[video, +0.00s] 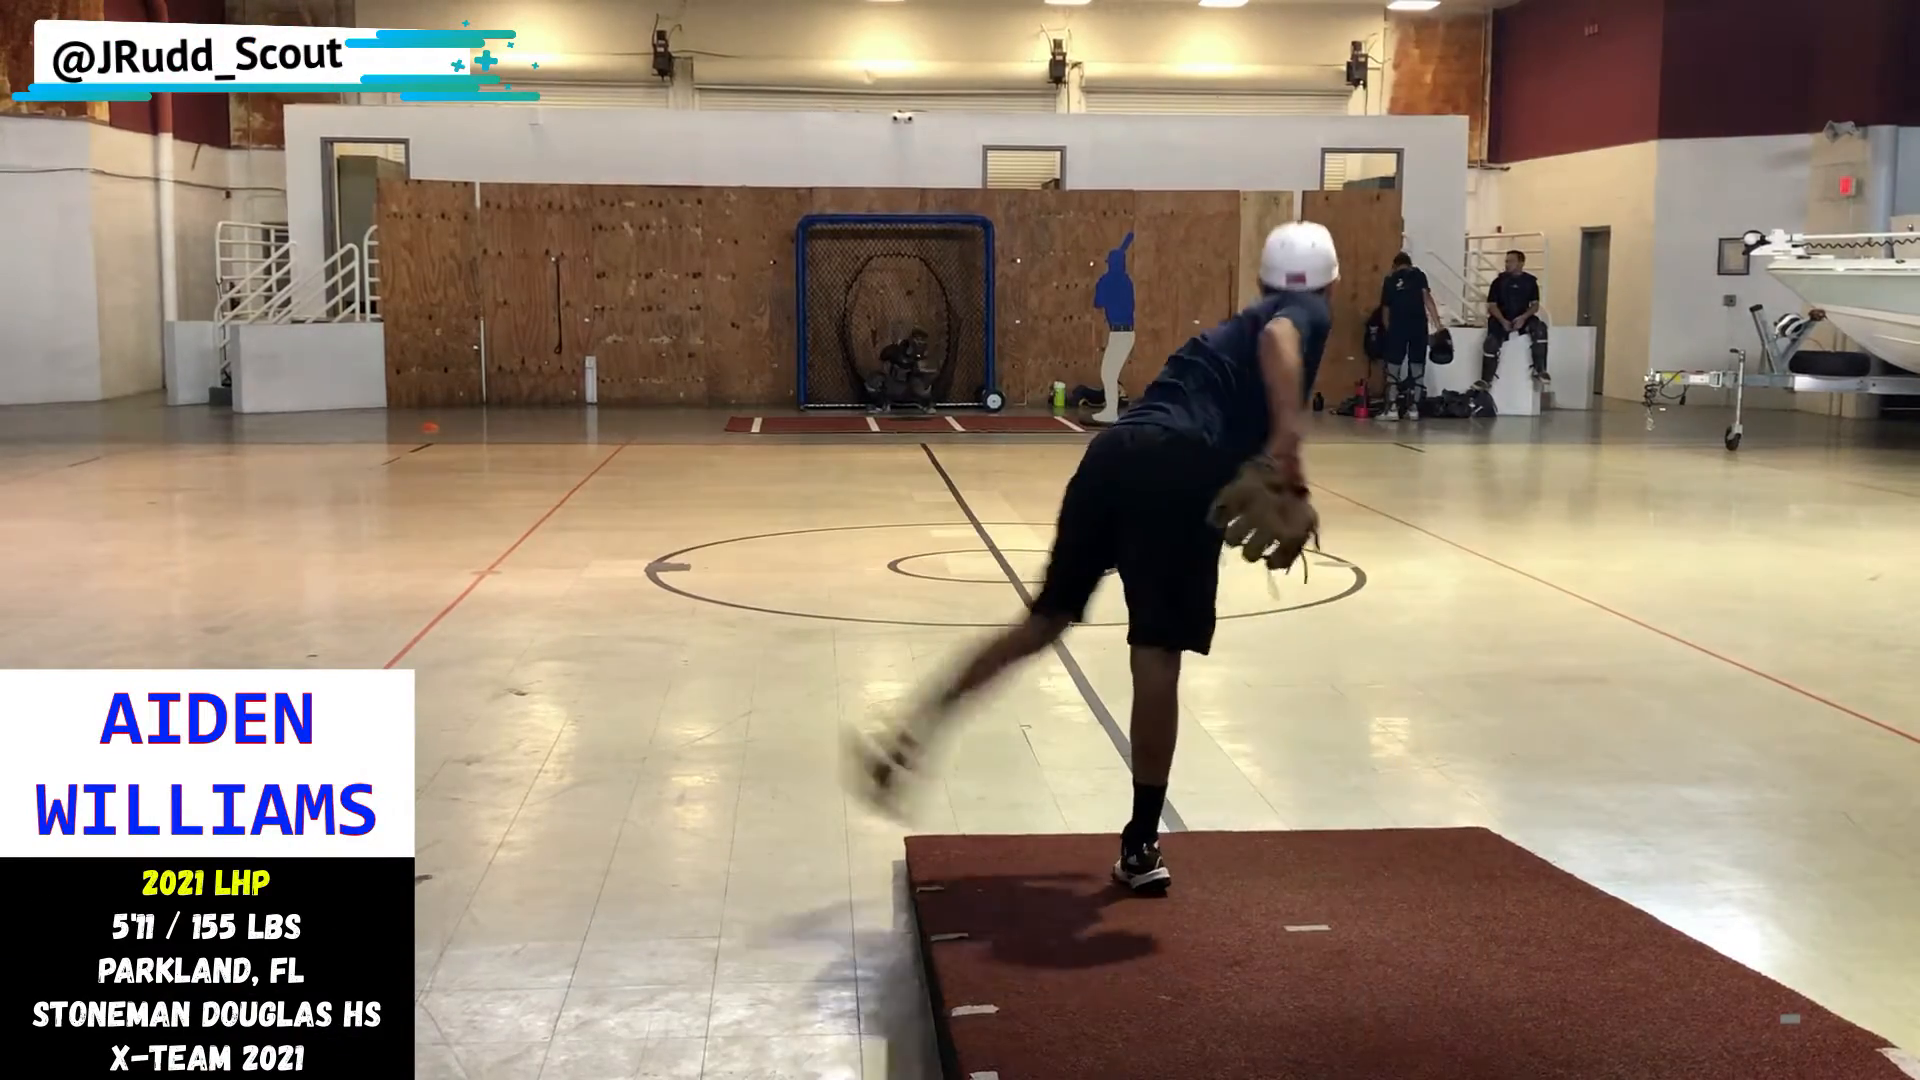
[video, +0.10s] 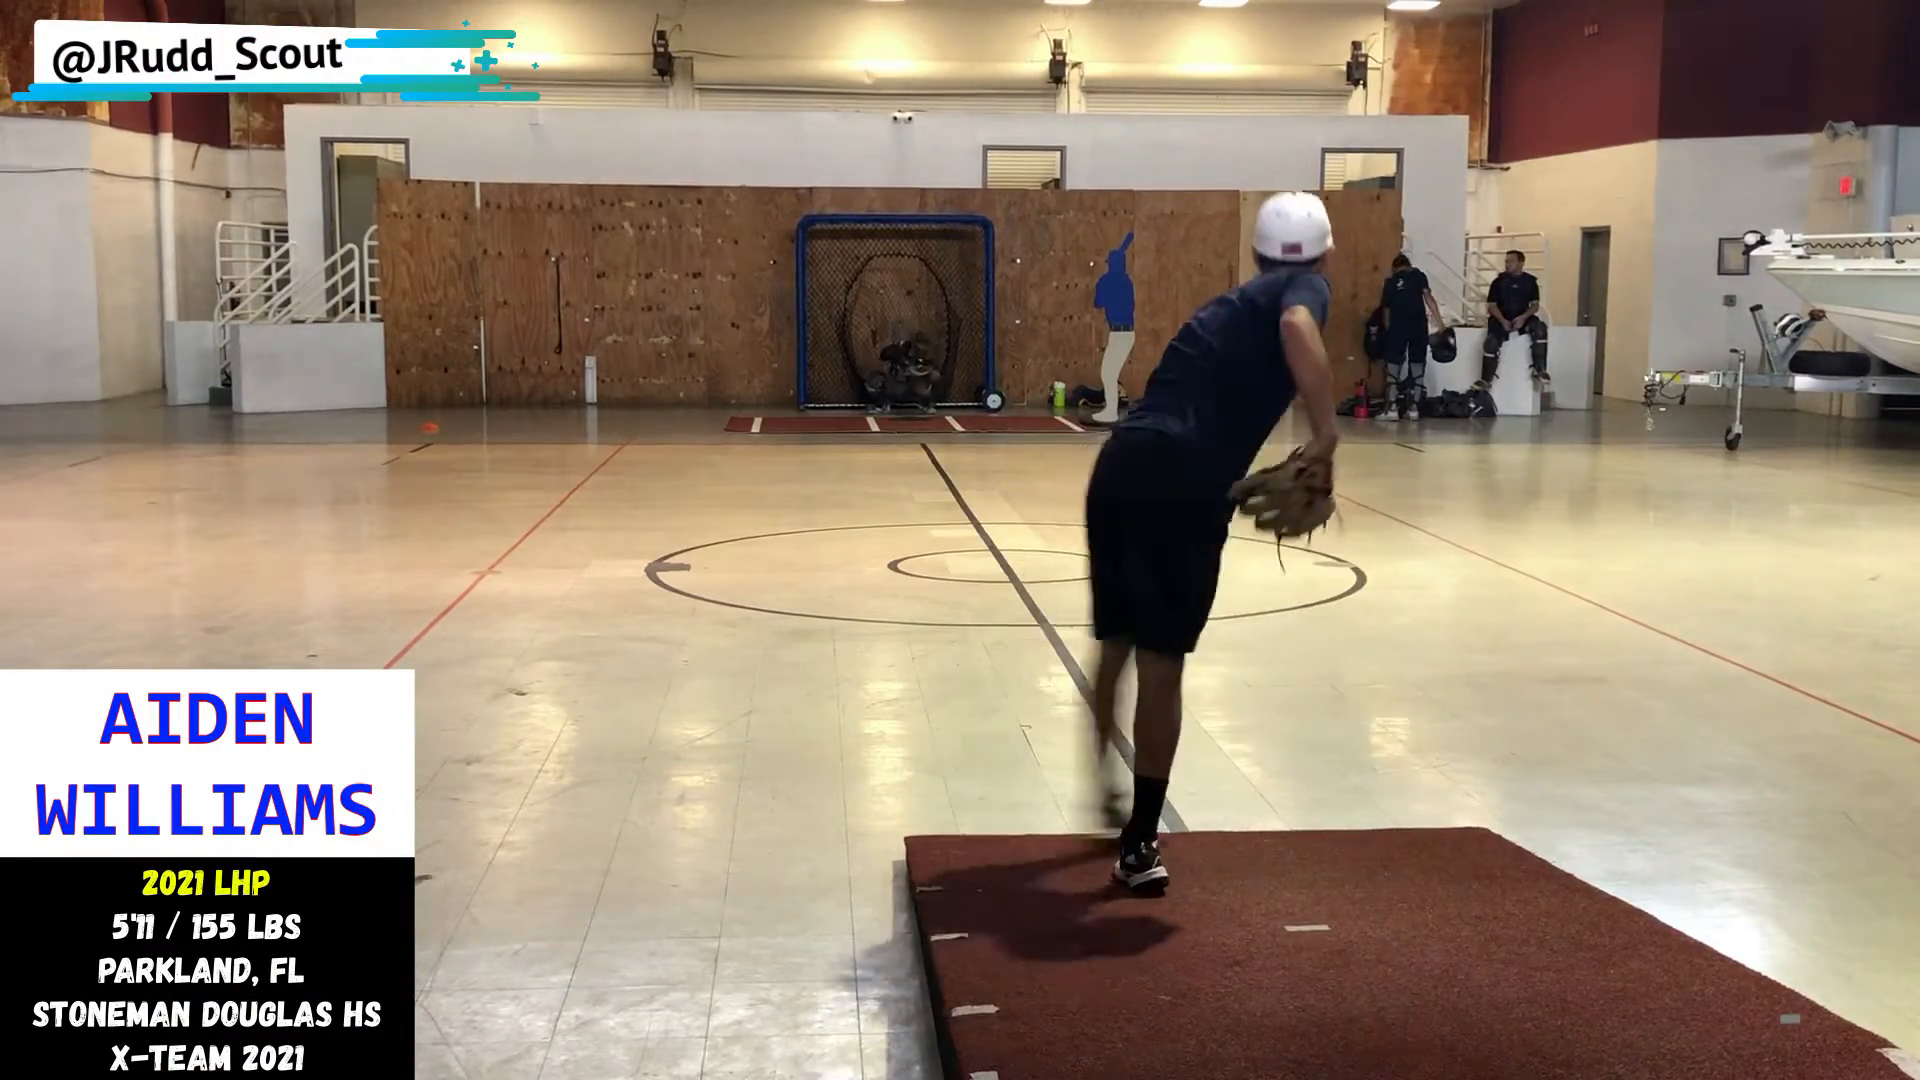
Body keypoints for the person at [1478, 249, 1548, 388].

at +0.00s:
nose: (1507, 264)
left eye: (1510, 261)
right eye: (1506, 261)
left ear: (1520, 263)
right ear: (1505, 262)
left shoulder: (1530, 280)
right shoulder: (1499, 281)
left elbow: (1534, 305)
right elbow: (1492, 305)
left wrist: (1523, 318)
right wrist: (1503, 321)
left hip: (1523, 316)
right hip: (1502, 317)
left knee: (1540, 329)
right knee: (1491, 341)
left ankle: (1540, 370)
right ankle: (1486, 379)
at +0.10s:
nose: (1507, 264)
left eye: (1510, 261)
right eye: (1506, 261)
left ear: (1520, 263)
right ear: (1505, 262)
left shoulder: (1530, 281)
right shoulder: (1498, 281)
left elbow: (1534, 305)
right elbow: (1492, 305)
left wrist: (1523, 318)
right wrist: (1503, 321)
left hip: (1523, 316)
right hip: (1501, 317)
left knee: (1540, 329)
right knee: (1491, 341)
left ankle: (1540, 370)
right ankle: (1486, 379)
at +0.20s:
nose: (1507, 264)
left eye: (1510, 262)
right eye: (1506, 261)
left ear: (1520, 263)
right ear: (1505, 263)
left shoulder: (1530, 280)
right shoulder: (1499, 281)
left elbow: (1534, 305)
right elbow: (1492, 305)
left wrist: (1523, 318)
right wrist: (1503, 320)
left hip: (1523, 316)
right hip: (1502, 317)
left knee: (1540, 329)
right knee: (1491, 341)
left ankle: (1540, 369)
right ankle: (1486, 380)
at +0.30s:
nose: (1507, 264)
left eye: (1510, 262)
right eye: (1506, 261)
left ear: (1520, 263)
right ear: (1505, 263)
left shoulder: (1530, 281)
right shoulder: (1499, 281)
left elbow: (1534, 305)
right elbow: (1492, 305)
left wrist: (1523, 318)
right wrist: (1503, 320)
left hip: (1523, 316)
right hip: (1502, 317)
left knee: (1540, 329)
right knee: (1491, 341)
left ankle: (1540, 369)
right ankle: (1486, 380)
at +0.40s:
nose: (1508, 264)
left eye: (1511, 261)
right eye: (1507, 261)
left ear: (1521, 263)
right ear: (1505, 263)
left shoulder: (1530, 280)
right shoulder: (1499, 281)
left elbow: (1534, 305)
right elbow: (1491, 305)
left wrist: (1522, 318)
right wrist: (1503, 320)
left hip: (1523, 316)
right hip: (1501, 317)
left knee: (1540, 329)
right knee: (1491, 341)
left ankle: (1540, 369)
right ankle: (1486, 380)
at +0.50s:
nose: (1509, 264)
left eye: (1512, 261)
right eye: (1508, 261)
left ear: (1521, 263)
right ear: (1506, 262)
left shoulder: (1530, 280)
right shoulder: (1499, 280)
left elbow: (1534, 305)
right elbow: (1491, 305)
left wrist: (1523, 318)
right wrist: (1503, 320)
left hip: (1523, 316)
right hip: (1502, 317)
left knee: (1540, 329)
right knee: (1491, 341)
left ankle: (1540, 369)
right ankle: (1486, 380)